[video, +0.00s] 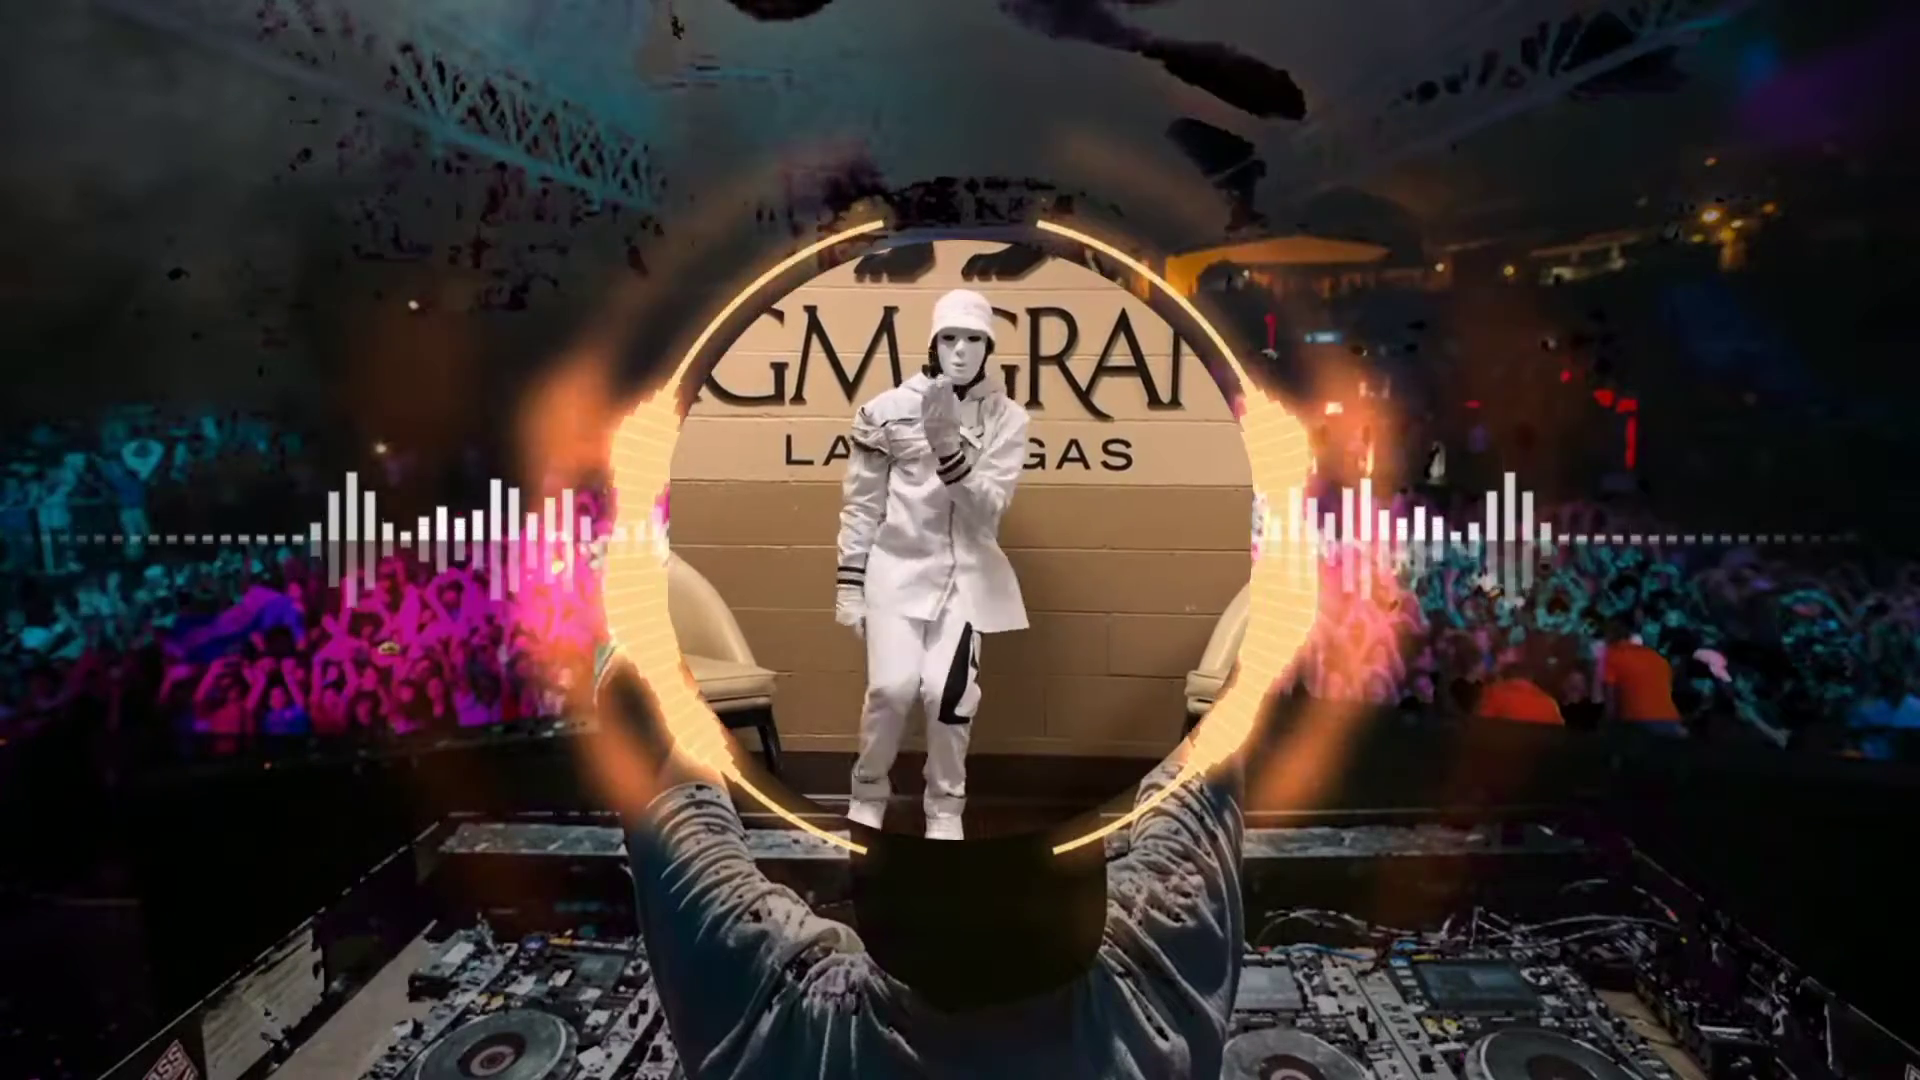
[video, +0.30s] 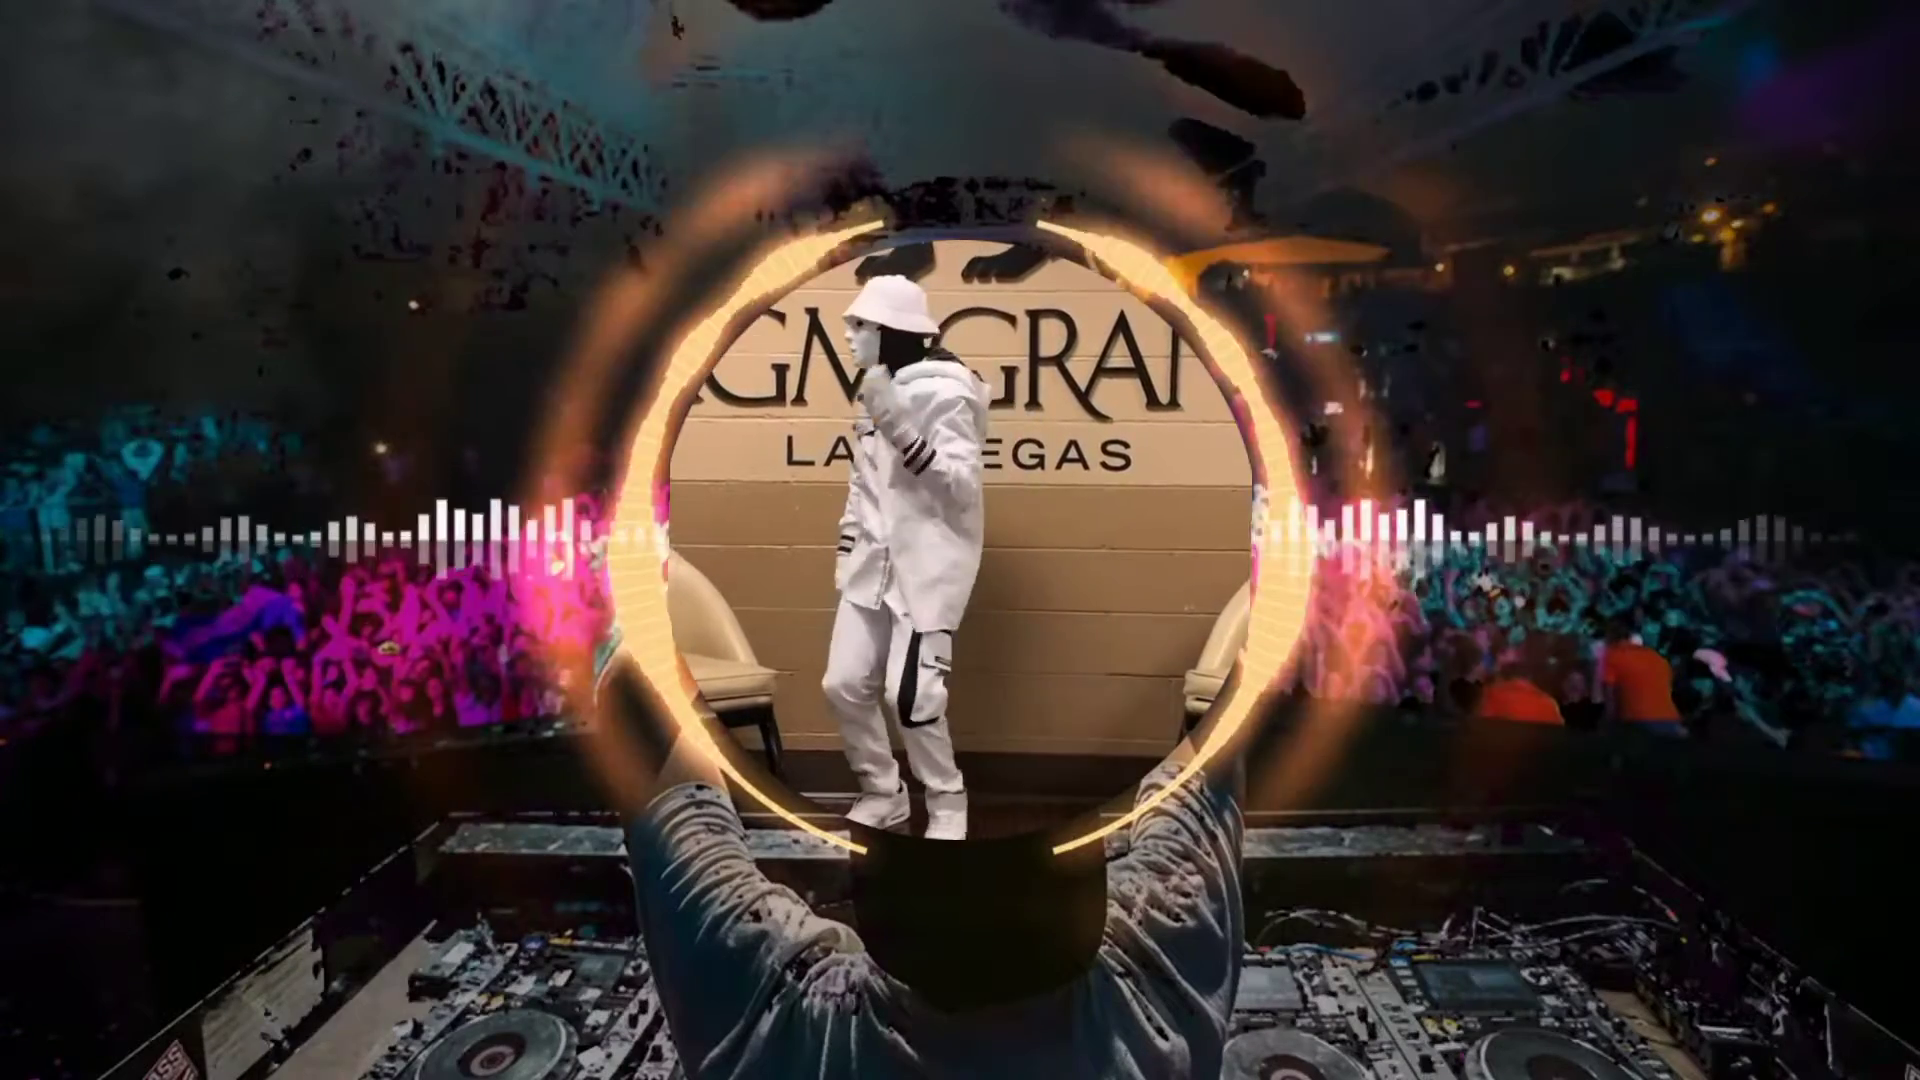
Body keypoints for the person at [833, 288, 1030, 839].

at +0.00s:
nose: (960, 350)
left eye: (972, 340)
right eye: (951, 338)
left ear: (987, 349)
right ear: (934, 345)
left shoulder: (1006, 419)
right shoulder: (887, 412)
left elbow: (992, 508)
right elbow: (862, 505)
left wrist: (949, 444)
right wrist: (850, 583)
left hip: (965, 580)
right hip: (895, 577)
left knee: (951, 697)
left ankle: (945, 815)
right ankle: (867, 802)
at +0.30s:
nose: (853, 337)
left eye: (863, 327)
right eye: (854, 326)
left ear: (896, 335)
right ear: (887, 332)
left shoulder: (947, 392)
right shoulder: (879, 390)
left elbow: (964, 489)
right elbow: (864, 478)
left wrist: (896, 425)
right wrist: (850, 537)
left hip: (929, 571)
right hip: (871, 564)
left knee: (914, 699)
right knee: (846, 685)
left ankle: (946, 810)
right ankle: (883, 797)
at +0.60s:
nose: (845, 334)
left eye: (854, 323)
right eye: (846, 323)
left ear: (884, 324)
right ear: (887, 326)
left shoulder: (936, 363)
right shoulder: (899, 382)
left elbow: (990, 414)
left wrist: (909, 450)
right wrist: (868, 454)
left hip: (944, 565)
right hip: (907, 564)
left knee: (907, 688)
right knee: (864, 672)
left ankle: (989, 809)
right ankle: (907, 802)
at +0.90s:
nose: (871, 324)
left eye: (879, 313)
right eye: (873, 313)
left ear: (910, 317)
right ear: (913, 317)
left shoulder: (968, 363)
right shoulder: (925, 374)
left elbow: (1020, 416)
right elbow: (949, 466)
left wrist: (926, 416)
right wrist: (914, 522)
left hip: (961, 566)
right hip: (926, 564)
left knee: (925, 688)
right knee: (886, 668)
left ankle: (990, 810)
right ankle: (911, 802)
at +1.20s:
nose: (919, 338)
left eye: (926, 327)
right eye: (920, 327)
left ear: (955, 328)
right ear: (960, 326)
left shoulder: (1002, 355)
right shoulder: (977, 383)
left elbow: (1043, 396)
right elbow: (971, 491)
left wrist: (953, 402)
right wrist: (927, 537)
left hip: (1007, 565)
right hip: (985, 563)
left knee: (945, 687)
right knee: (931, 658)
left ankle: (988, 810)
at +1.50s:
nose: (950, 336)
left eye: (959, 325)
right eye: (952, 325)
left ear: (989, 326)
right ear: (996, 327)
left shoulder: (1030, 358)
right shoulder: (1009, 385)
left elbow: (1066, 404)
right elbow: (1002, 510)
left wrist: (997, 430)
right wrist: (968, 475)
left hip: (1031, 574)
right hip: (1046, 573)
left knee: (967, 689)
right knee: (1024, 697)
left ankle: (989, 814)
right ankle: (1096, 806)